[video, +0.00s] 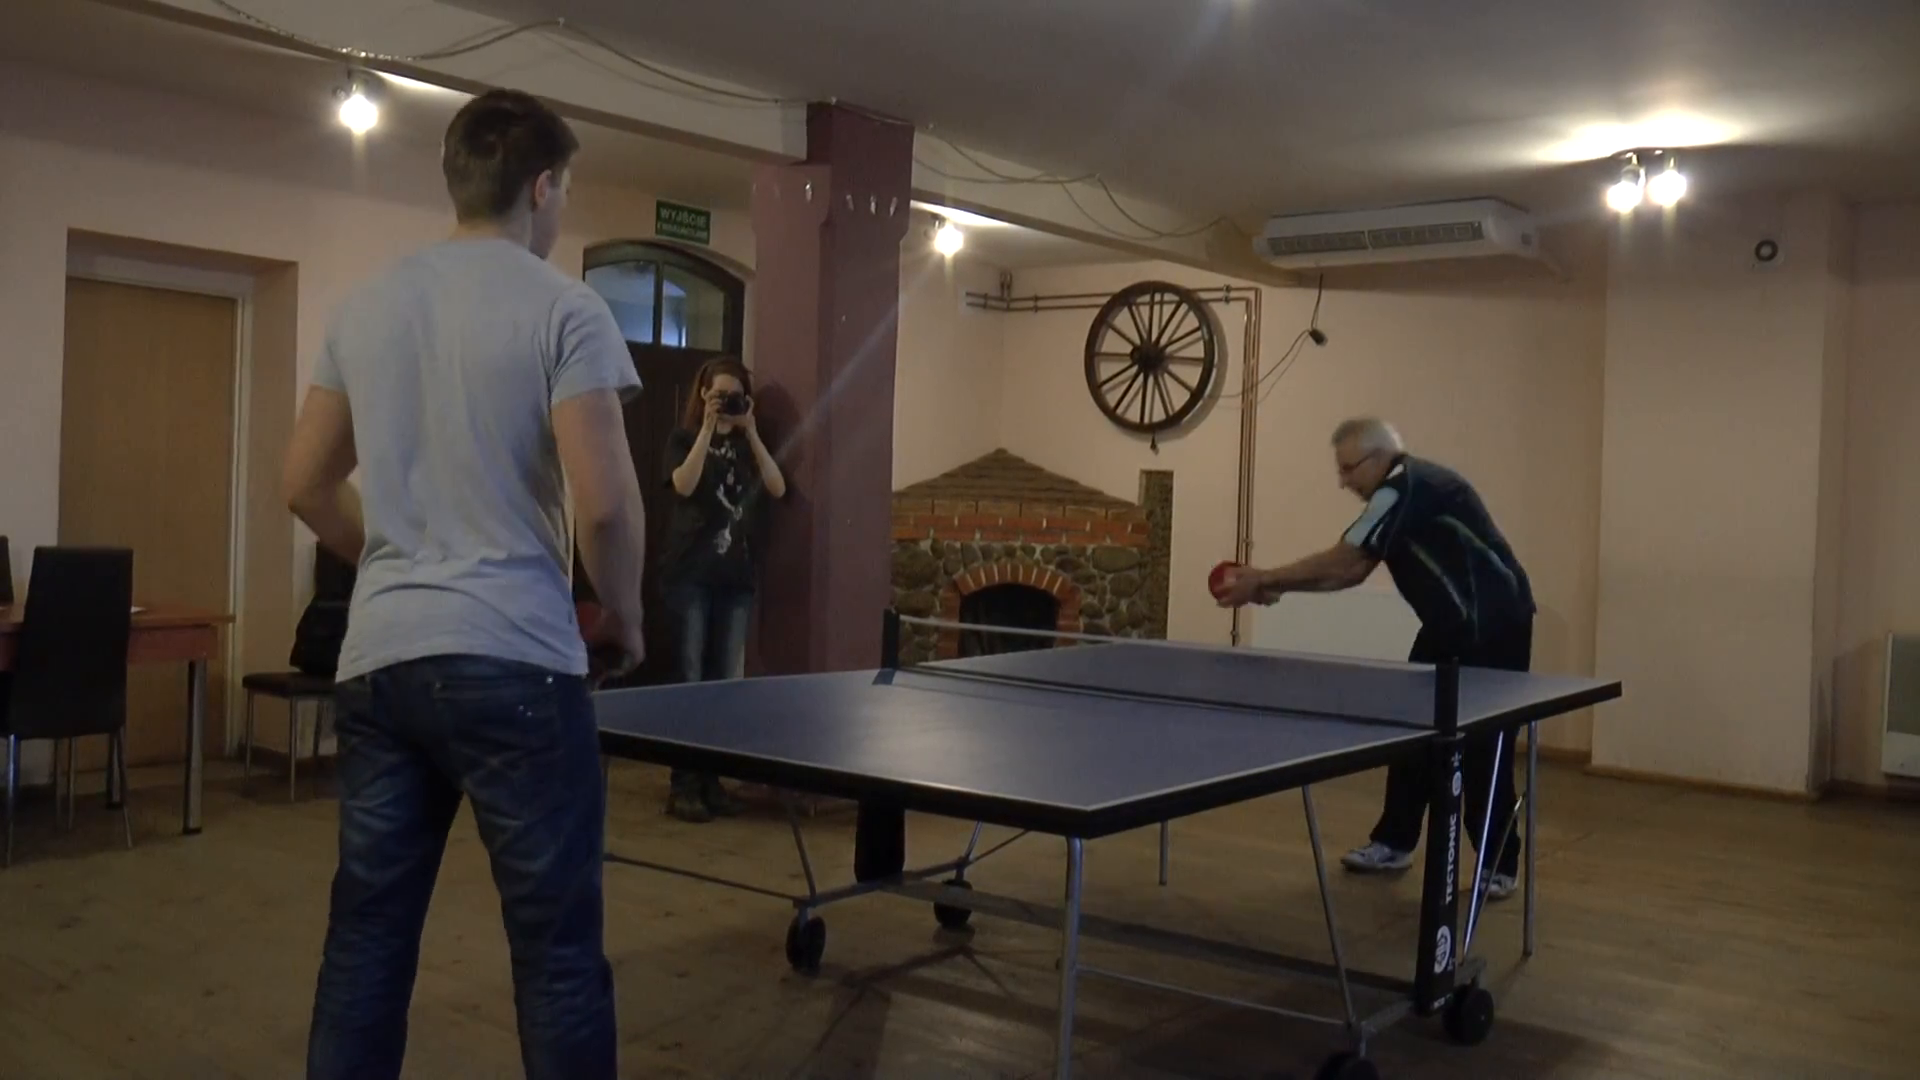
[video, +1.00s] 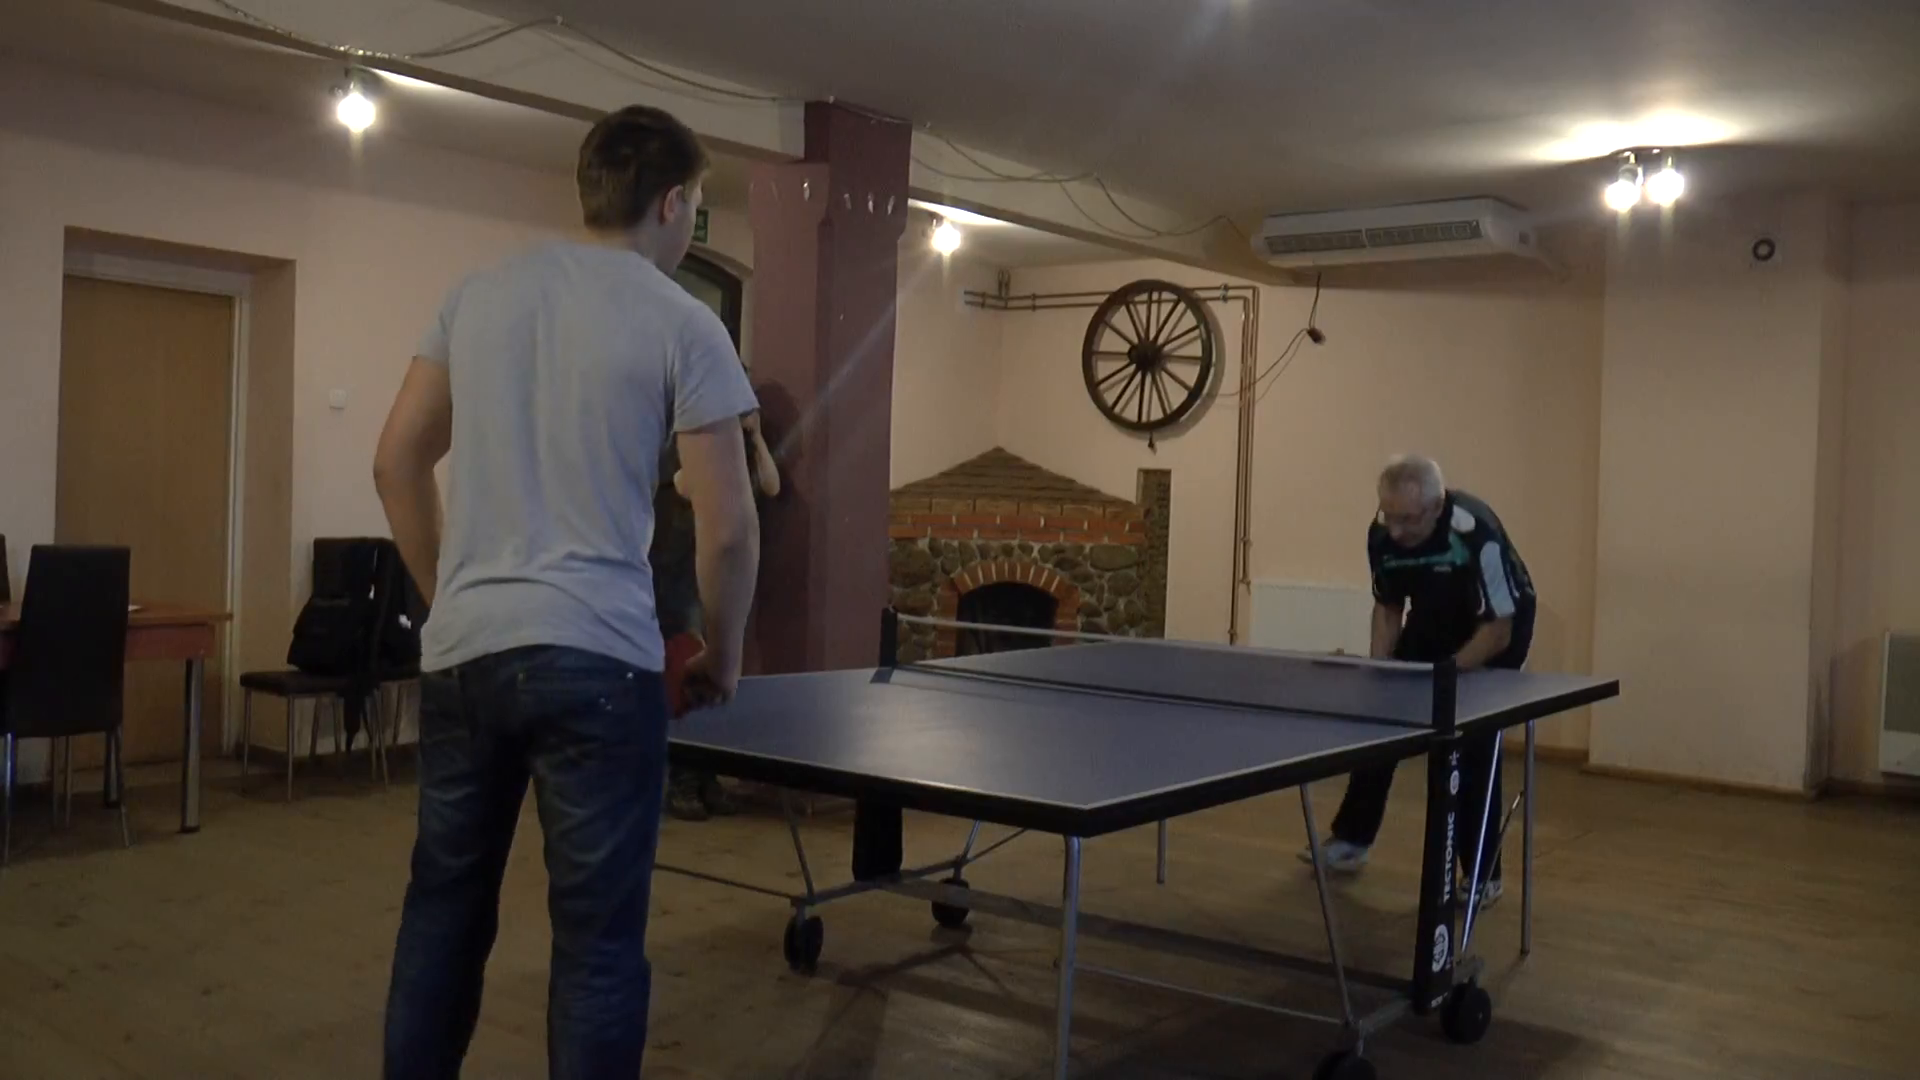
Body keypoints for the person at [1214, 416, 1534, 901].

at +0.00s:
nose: (1344, 481)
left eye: (1350, 468)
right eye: (1342, 471)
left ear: (1379, 458)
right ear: (1379, 462)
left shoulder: (1409, 482)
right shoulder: (1400, 490)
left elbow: (1347, 559)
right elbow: (1353, 570)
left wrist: (1261, 579)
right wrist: (1275, 584)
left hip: (1495, 629)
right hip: (1445, 627)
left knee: (1485, 747)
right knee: (1413, 732)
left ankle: (1501, 863)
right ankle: (1394, 843)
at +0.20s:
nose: (1321, 490)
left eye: (1327, 478)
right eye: (1317, 480)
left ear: (1357, 466)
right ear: (1354, 469)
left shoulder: (1385, 495)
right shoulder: (1379, 490)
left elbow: (1367, 586)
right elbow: (1364, 582)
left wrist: (1294, 605)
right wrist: (1297, 606)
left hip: (1479, 621)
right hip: (1432, 622)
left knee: (1478, 742)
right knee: (1403, 726)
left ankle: (1508, 861)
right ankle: (1392, 842)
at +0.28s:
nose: (1322, 486)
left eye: (1328, 475)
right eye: (1317, 476)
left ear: (1358, 463)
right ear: (1348, 466)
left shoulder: (1394, 493)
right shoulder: (1360, 496)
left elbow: (1396, 586)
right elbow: (1360, 575)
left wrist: (1325, 623)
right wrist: (1314, 613)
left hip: (1475, 616)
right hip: (1426, 615)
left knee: (1476, 738)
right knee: (1403, 725)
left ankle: (1506, 860)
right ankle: (1392, 842)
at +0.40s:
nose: (1327, 478)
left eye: (1334, 467)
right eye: (1323, 469)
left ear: (1366, 455)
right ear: (1331, 465)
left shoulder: (1410, 487)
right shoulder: (1350, 502)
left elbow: (1434, 573)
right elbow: (1348, 573)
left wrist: (1378, 630)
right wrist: (1321, 605)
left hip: (1472, 615)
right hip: (1417, 614)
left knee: (1475, 737)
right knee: (1401, 727)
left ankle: (1500, 859)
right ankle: (1390, 842)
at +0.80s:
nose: (1388, 498)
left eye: (1399, 488)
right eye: (1379, 487)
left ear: (1426, 475)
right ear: (1370, 478)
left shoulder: (1467, 506)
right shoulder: (1373, 512)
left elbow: (1487, 603)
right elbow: (1367, 582)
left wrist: (1409, 600)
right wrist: (1353, 614)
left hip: (1484, 632)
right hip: (1419, 625)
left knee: (1479, 746)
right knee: (1396, 729)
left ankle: (1484, 869)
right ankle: (1385, 839)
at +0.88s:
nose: (1395, 511)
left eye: (1407, 500)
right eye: (1388, 499)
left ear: (1434, 487)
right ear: (1378, 489)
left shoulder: (1474, 516)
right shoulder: (1380, 522)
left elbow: (1495, 613)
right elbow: (1383, 594)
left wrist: (1414, 624)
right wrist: (1367, 626)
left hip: (1486, 636)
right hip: (1421, 631)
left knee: (1475, 745)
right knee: (1383, 722)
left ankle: (1484, 871)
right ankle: (1379, 830)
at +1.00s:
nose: (1396, 530)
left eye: (1408, 520)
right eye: (1388, 518)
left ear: (1436, 507)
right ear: (1381, 506)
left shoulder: (1475, 532)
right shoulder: (1382, 535)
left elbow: (1499, 626)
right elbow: (1387, 607)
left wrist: (1448, 674)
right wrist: (1377, 677)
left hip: (1490, 626)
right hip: (1429, 619)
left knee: (1473, 744)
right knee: (1381, 721)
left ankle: (1481, 874)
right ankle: (1350, 840)